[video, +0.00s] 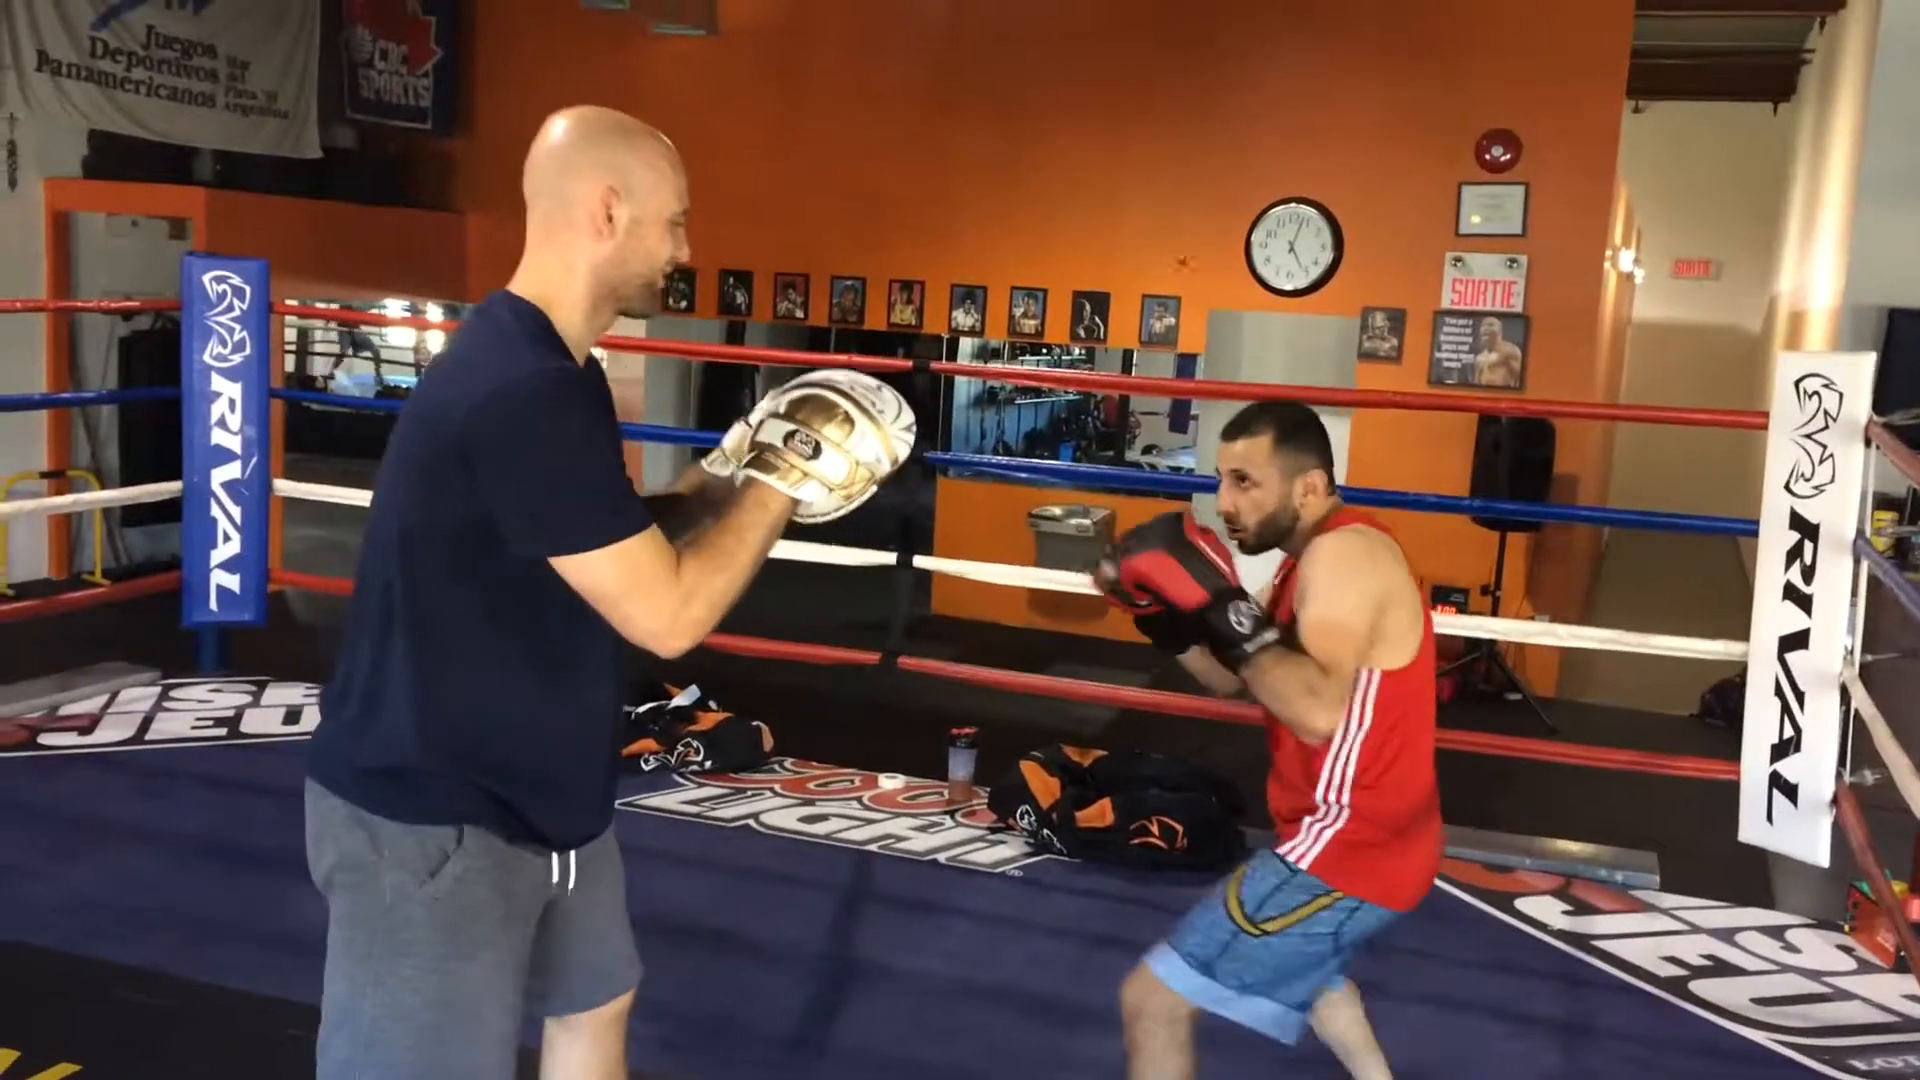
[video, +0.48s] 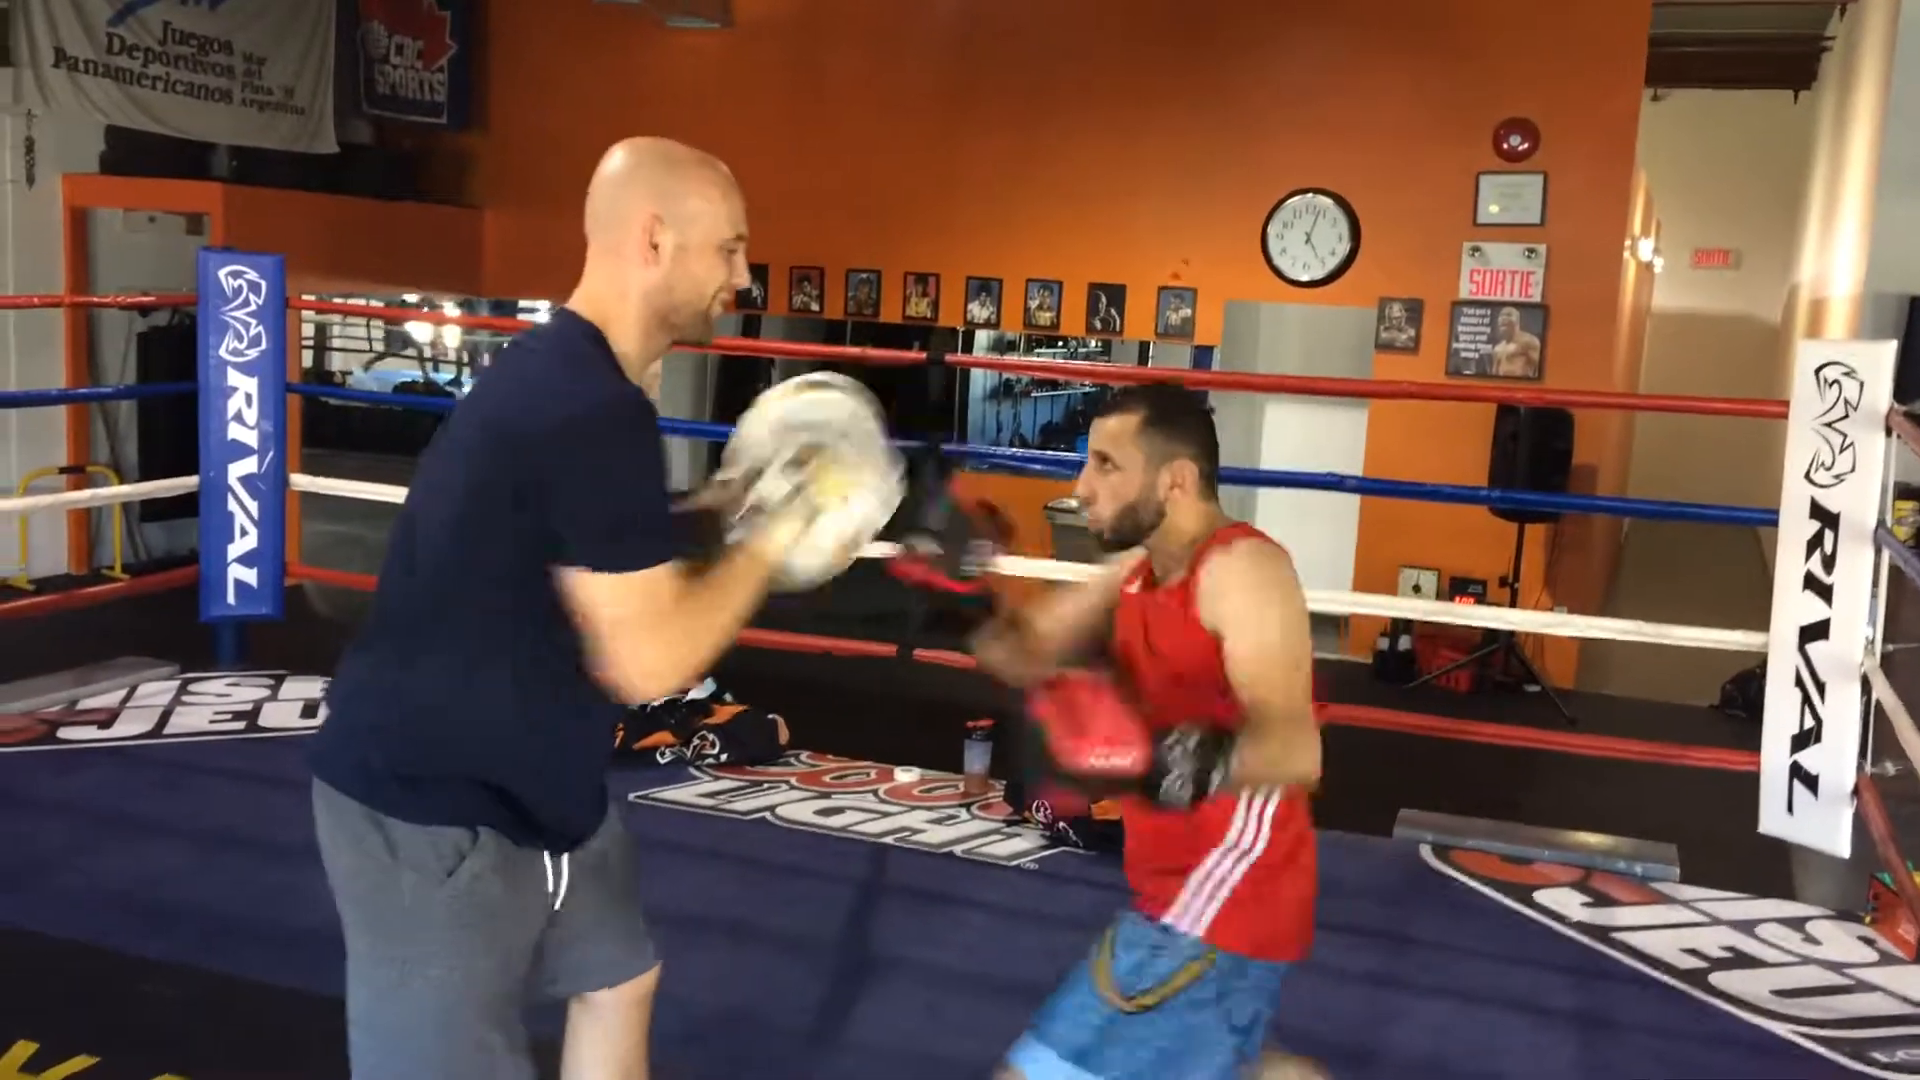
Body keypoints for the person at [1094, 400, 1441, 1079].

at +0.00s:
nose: (1224, 503)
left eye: (1244, 483)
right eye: (1222, 483)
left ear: (1309, 487)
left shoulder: (1347, 556)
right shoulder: (1310, 560)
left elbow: (1318, 709)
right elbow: (1233, 679)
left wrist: (1227, 610)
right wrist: (1162, 618)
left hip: (1349, 849)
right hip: (1340, 836)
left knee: (1153, 998)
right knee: (1304, 966)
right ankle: (1375, 1075)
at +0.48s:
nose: (1082, 489)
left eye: (1105, 467)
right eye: (1087, 466)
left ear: (1177, 481)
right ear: (1171, 485)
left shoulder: (1247, 571)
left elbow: (1295, 753)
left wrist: (1164, 758)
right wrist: (970, 601)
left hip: (1227, 907)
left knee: (1047, 1068)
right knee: (1222, 1061)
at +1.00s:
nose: (1076, 635)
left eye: (1100, 618)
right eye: (1078, 609)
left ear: (1180, 624)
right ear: (1179, 622)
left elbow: (1363, 905)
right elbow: (1100, 747)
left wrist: (1219, 912)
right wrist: (1046, 728)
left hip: (1316, 967)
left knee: (1060, 1073)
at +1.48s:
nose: (1109, 455)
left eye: (1122, 433)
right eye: (1108, 430)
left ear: (1200, 438)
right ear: (1216, 432)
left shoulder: (1250, 532)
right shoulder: (1323, 461)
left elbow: (1175, 750)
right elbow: (1185, 559)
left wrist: (1057, 625)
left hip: (1290, 884)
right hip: (1386, 855)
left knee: (1044, 1035)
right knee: (1395, 1006)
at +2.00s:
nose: (1208, 446)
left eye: (1229, 423)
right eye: (1208, 422)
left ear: (1305, 427)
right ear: (1311, 429)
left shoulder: (1341, 497)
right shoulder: (1396, 474)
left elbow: (1339, 691)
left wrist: (1224, 609)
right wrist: (1245, 600)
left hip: (1409, 846)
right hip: (1487, 829)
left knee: (1179, 1016)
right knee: (1448, 952)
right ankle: (1516, 1076)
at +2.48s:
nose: (1169, 316)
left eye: (1192, 299)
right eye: (1176, 292)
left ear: (1266, 323)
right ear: (1280, 320)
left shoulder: (1262, 435)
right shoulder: (1377, 382)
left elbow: (1144, 610)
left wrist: (1096, 472)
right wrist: (1178, 440)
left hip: (1304, 780)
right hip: (1419, 767)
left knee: (1139, 993)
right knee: (1390, 941)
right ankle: (1458, 1078)